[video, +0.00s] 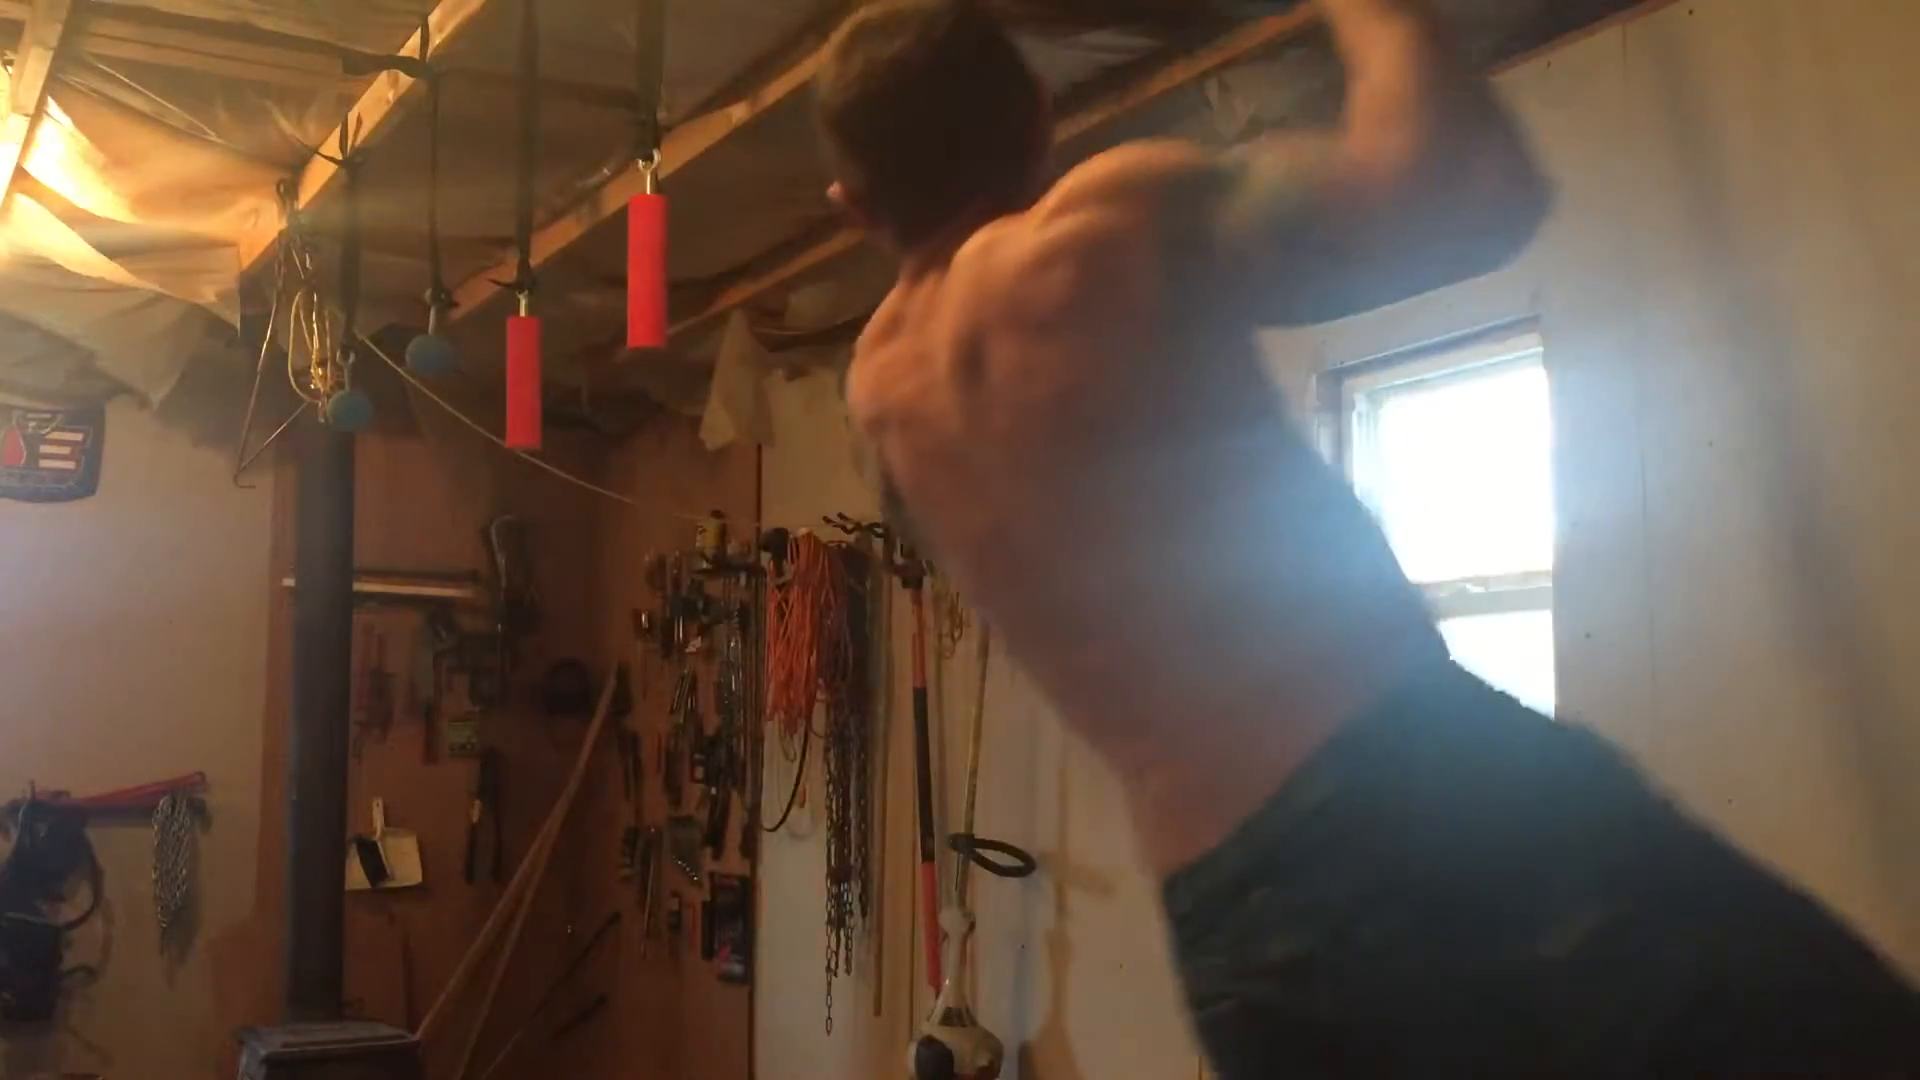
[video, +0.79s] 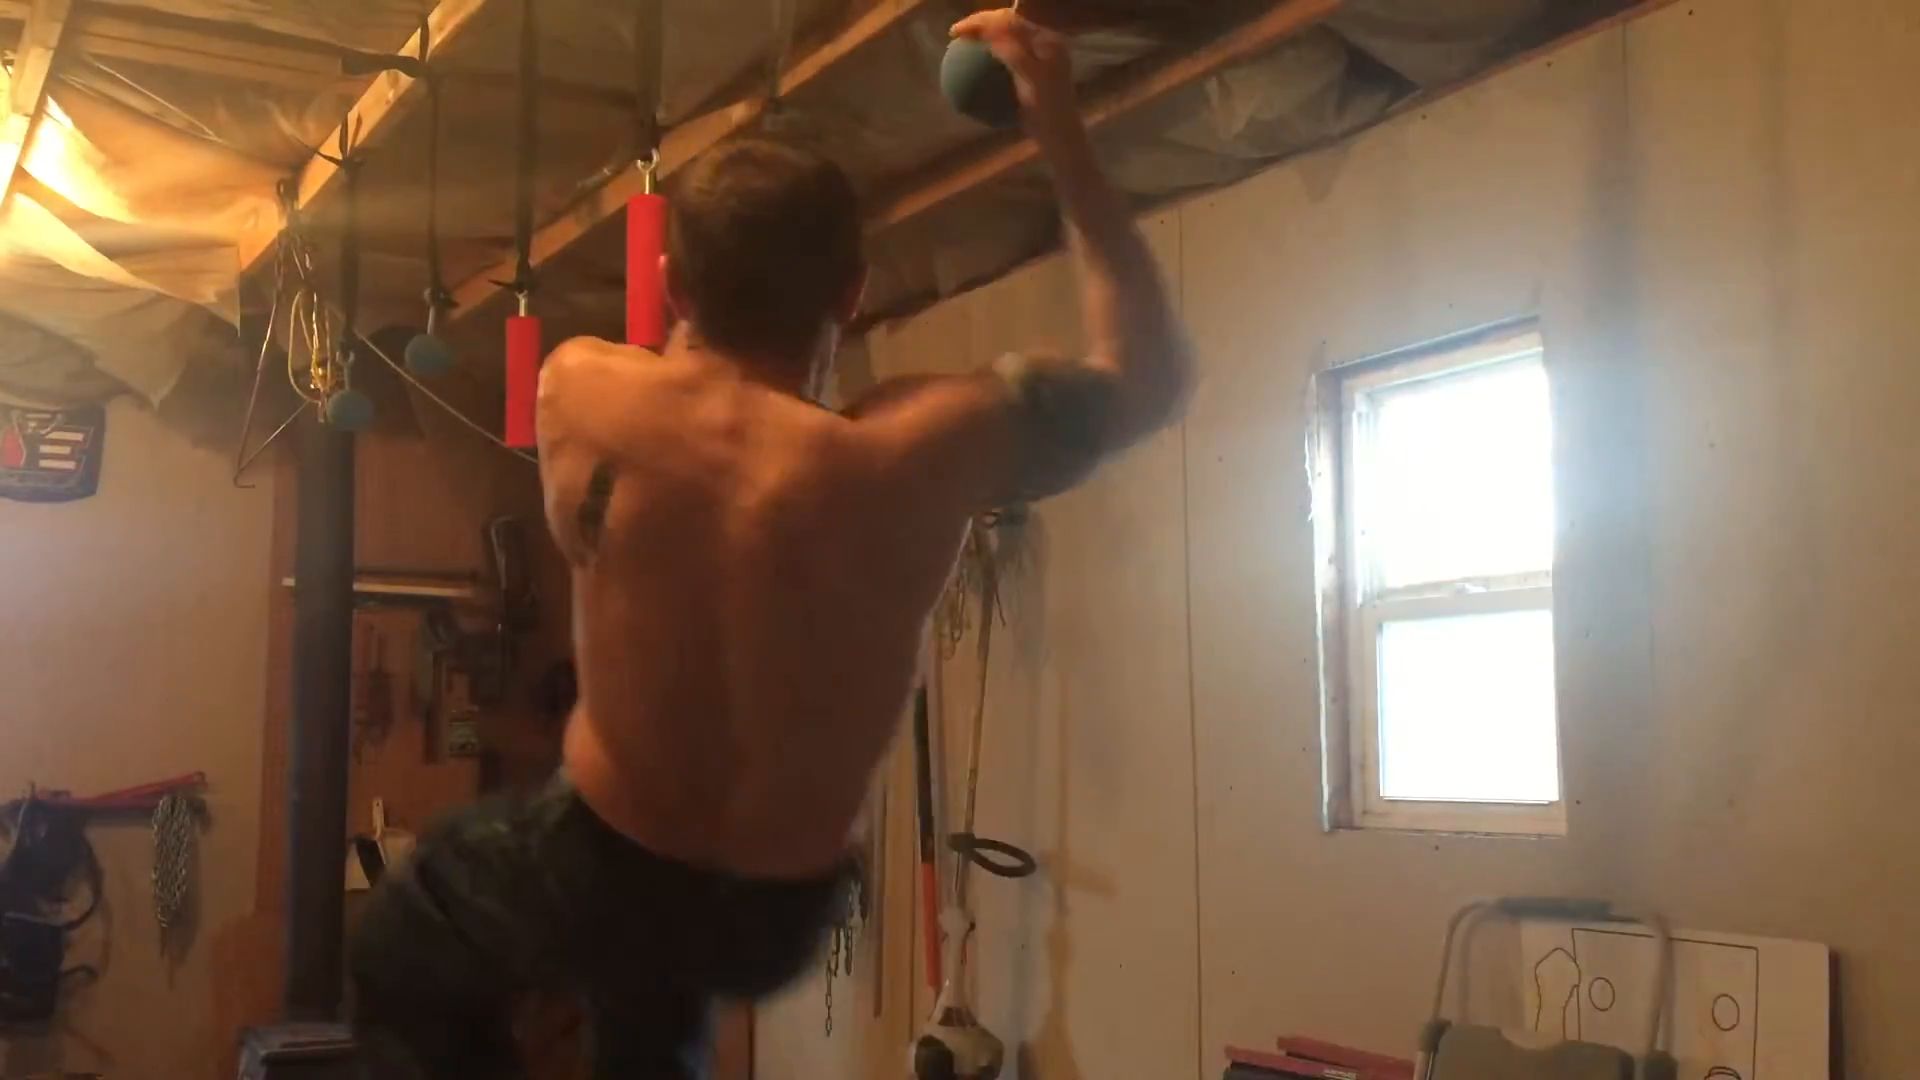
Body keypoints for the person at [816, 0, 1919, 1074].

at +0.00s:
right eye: (1031, 86)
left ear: (855, 210)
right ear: (1029, 115)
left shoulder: (877, 387)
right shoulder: (1121, 218)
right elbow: (1472, 189)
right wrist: (1368, 11)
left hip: (1229, 925)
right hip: (1437, 806)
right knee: (1854, 1032)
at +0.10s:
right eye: (993, 139)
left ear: (815, 254)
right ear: (987, 166)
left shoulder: (835, 412)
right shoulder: (1043, 272)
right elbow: (1375, 225)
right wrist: (1274, 29)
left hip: (1139, 961)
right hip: (1337, 860)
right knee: (1735, 1059)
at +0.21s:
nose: (951, 182)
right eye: (944, 173)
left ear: (773, 283)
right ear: (946, 201)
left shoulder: (787, 431)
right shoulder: (979, 319)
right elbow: (1278, 257)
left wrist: (931, 199)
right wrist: (1187, 30)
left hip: (1042, 978)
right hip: (1225, 898)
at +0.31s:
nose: (929, 251)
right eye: (919, 227)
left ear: (742, 294)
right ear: (910, 248)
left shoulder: (748, 441)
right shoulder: (928, 350)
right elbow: (1213, 284)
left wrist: (919, 240)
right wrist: (1127, 37)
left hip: (943, 988)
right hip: (1128, 947)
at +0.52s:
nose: (878, 254)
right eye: (870, 234)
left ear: (702, 280)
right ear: (856, 267)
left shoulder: (675, 429)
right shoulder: (882, 379)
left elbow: (796, 398)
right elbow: (1181, 333)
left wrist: (877, 268)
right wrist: (1075, 77)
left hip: (765, 987)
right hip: (970, 1000)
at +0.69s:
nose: (860, 277)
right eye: (858, 258)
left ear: (671, 286)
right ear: (850, 280)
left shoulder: (611, 412)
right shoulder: (906, 420)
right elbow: (1190, 368)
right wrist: (1073, 121)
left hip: (651, 945)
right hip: (859, 991)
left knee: (511, 1054)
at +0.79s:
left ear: (682, 288)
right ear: (850, 295)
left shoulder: (589, 398)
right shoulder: (931, 448)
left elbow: (578, 541)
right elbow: (1147, 379)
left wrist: (693, 321)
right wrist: (1063, 128)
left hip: (598, 878)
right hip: (781, 921)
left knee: (399, 946)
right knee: (650, 1001)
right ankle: (647, 1069)